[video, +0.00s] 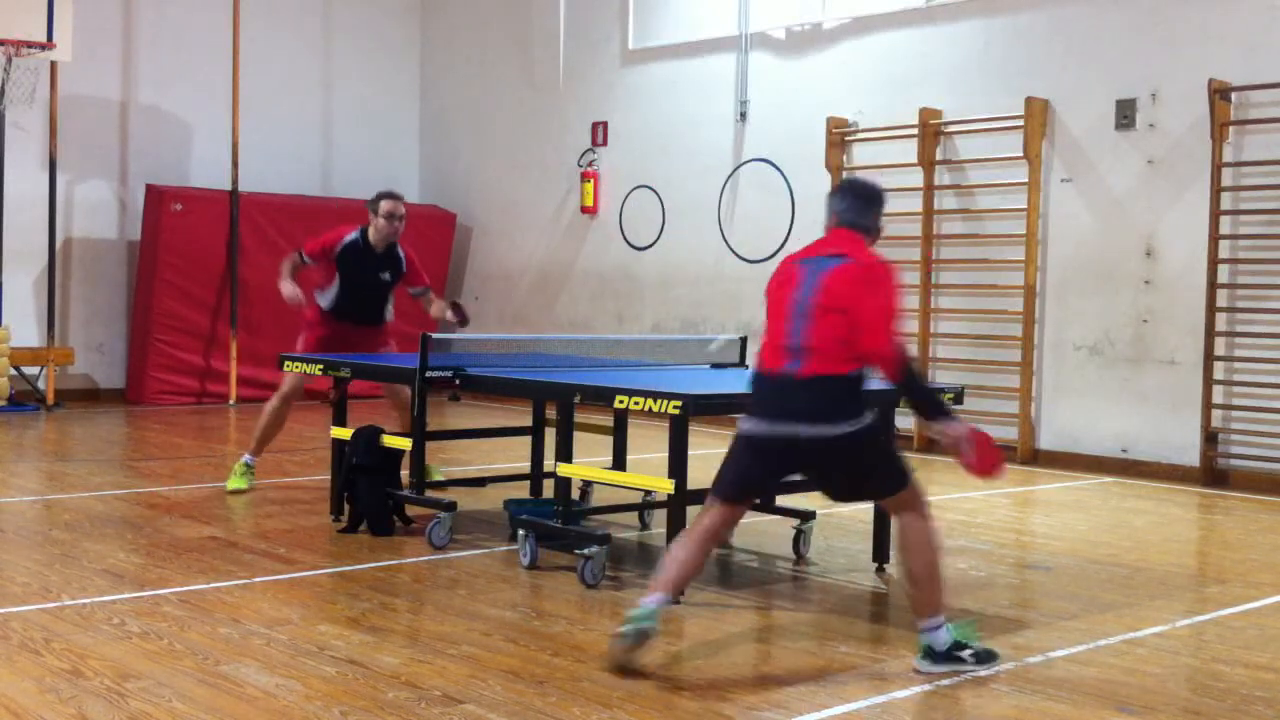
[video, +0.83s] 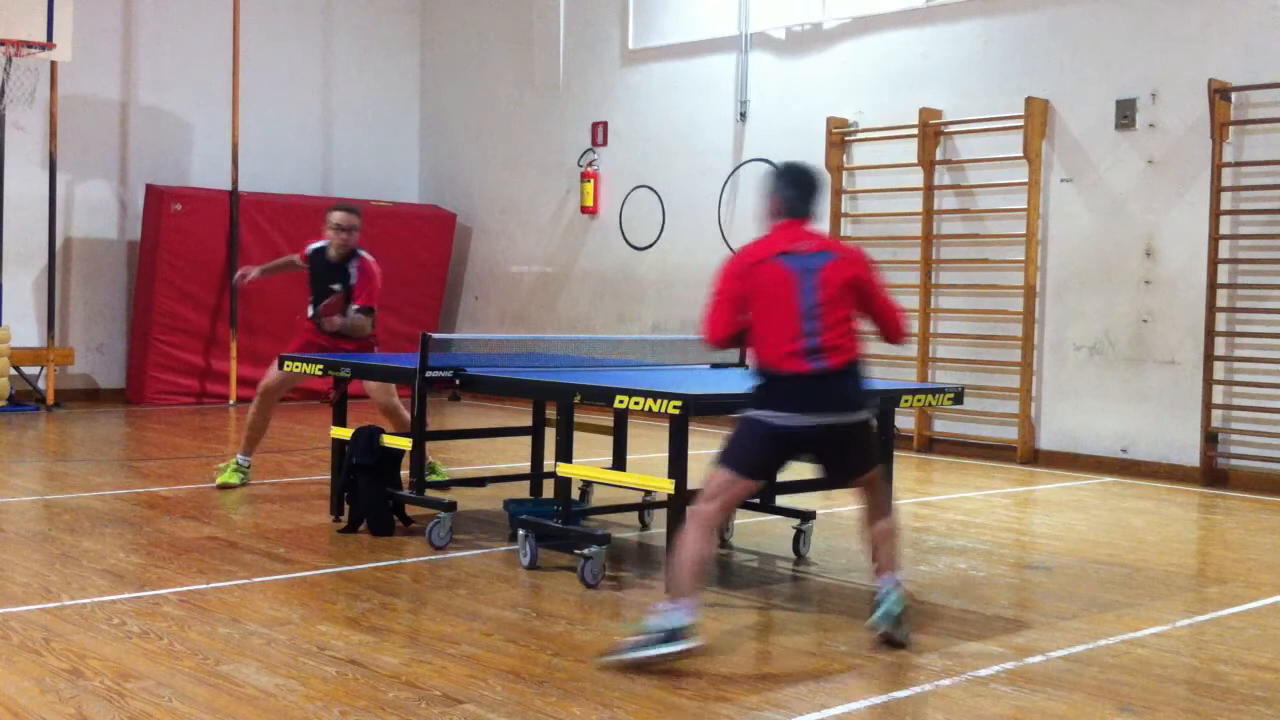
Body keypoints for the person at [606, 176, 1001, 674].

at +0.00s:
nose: (879, 228)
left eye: (872, 220)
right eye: (879, 221)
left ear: (830, 217)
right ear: (876, 223)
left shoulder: (790, 264)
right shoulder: (869, 269)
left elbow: (782, 350)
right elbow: (882, 349)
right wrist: (936, 413)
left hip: (766, 422)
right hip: (836, 426)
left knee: (716, 515)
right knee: (910, 509)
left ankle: (647, 609)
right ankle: (937, 638)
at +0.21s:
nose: (812, 239)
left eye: (810, 229)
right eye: (812, 230)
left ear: (763, 222)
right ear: (804, 229)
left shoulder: (719, 270)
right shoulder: (791, 269)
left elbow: (716, 353)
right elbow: (800, 350)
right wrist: (870, 391)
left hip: (706, 432)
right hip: (770, 432)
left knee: (682, 541)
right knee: (848, 527)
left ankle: (607, 631)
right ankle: (919, 635)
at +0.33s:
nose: (748, 226)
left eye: (743, 220)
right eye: (746, 220)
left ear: (697, 216)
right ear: (739, 218)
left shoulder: (656, 273)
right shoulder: (755, 252)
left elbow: (655, 365)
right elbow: (795, 318)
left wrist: (705, 330)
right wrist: (736, 298)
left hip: (700, 442)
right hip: (779, 430)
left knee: (655, 535)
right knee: (848, 523)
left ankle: (606, 641)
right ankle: (914, 640)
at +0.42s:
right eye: (706, 205)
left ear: (656, 216)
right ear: (708, 210)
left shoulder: (642, 285)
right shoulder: (739, 248)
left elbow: (640, 381)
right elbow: (781, 271)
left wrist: (679, 349)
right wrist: (730, 227)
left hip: (706, 435)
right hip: (783, 421)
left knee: (632, 516)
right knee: (852, 520)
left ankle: (611, 651)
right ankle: (924, 632)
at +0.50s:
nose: (633, 226)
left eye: (633, 219)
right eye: (635, 219)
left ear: (639, 222)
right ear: (688, 217)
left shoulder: (638, 291)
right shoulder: (733, 255)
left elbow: (645, 385)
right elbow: (786, 305)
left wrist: (678, 347)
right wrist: (734, 283)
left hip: (709, 435)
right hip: (782, 421)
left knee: (625, 514)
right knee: (849, 516)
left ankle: (610, 650)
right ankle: (926, 621)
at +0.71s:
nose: (686, 230)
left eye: (688, 222)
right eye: (690, 222)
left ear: (697, 227)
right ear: (736, 227)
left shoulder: (680, 287)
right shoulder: (774, 277)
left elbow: (659, 369)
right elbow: (827, 339)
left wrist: (701, 346)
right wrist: (778, 326)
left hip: (723, 436)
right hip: (794, 431)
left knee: (645, 520)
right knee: (840, 509)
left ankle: (605, 647)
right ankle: (886, 619)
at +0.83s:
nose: (766, 204)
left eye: (768, 197)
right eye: (774, 196)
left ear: (773, 202)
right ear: (814, 205)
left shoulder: (747, 261)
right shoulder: (847, 258)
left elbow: (718, 336)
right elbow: (896, 330)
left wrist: (758, 316)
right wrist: (854, 294)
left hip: (776, 412)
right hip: (843, 412)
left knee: (707, 507)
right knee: (875, 495)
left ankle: (678, 613)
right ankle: (889, 590)